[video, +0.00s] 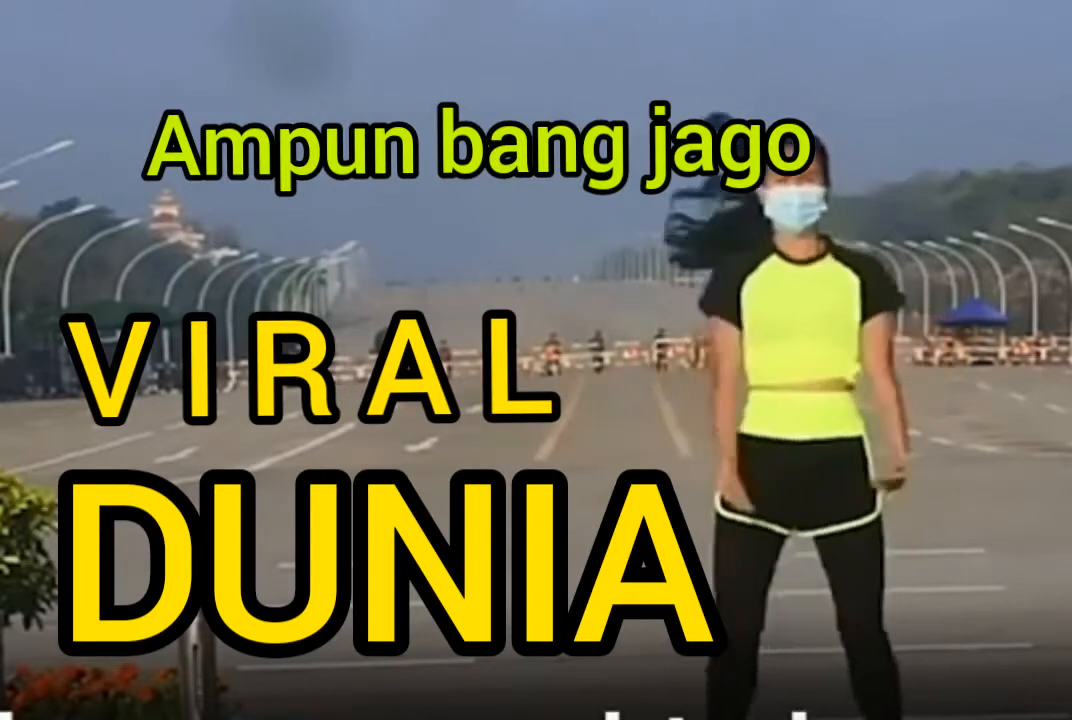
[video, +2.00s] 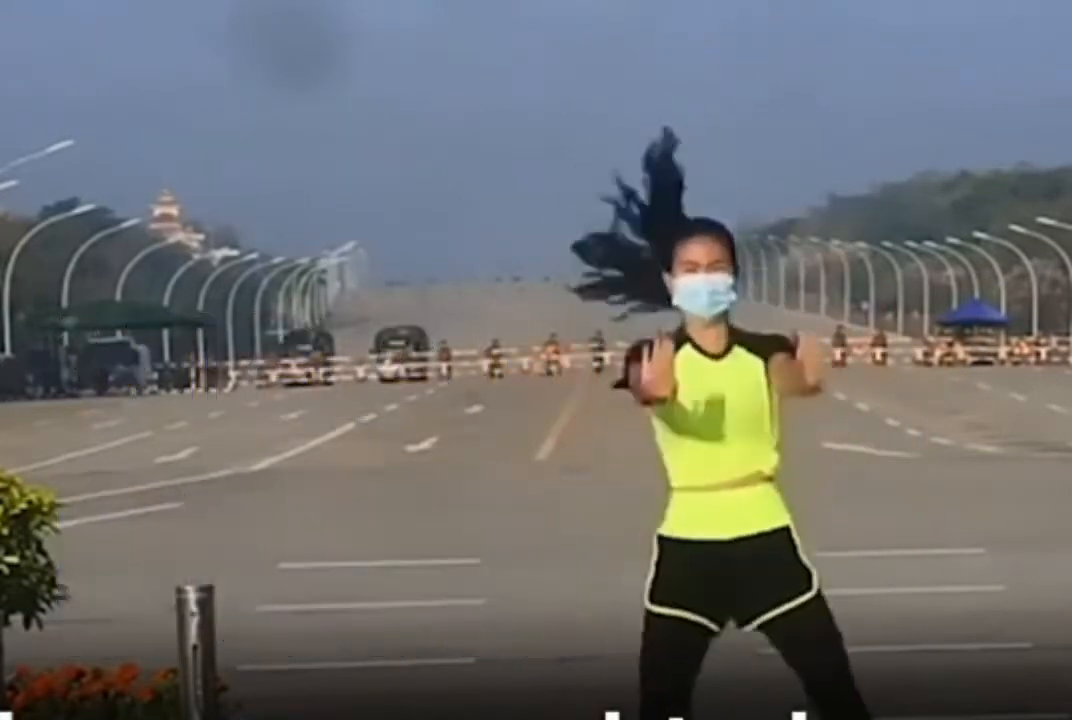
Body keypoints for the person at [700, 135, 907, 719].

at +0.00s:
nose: (795, 193)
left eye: (806, 181)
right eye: (782, 182)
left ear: (825, 191)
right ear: (761, 194)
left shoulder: (865, 274)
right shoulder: (736, 276)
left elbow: (881, 371)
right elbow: (726, 376)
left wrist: (898, 448)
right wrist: (727, 463)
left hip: (842, 463)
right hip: (756, 462)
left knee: (863, 628)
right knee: (734, 633)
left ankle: (886, 719)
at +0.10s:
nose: (789, 226)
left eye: (801, 214)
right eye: (775, 214)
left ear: (818, 223)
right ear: (754, 225)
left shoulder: (852, 301)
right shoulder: (728, 306)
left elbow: (866, 365)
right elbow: (719, 408)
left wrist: (880, 399)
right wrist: (727, 407)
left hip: (830, 494)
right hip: (750, 495)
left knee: (865, 663)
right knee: (712, 657)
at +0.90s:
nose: (707, 201)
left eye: (717, 190)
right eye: (692, 190)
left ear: (733, 203)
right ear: (671, 204)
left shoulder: (772, 282)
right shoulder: (649, 283)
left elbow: (794, 367)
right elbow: (641, 378)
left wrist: (817, 440)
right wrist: (646, 459)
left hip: (758, 466)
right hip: (678, 472)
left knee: (786, 625)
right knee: (669, 633)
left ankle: (798, 714)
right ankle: (660, 719)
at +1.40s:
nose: (677, 211)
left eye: (688, 199)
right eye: (663, 200)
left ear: (705, 209)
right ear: (643, 212)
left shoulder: (738, 287)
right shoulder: (617, 291)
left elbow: (793, 363)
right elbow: (570, 375)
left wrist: (764, 452)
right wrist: (609, 459)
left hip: (726, 478)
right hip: (643, 480)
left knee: (737, 650)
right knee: (642, 650)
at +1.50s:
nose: (676, 257)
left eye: (688, 244)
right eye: (663, 246)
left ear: (706, 255)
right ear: (643, 259)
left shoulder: (737, 330)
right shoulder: (620, 333)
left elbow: (817, 356)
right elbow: (539, 371)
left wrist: (742, 379)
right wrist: (620, 377)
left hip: (725, 519)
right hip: (646, 522)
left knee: (745, 682)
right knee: (635, 684)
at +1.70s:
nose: (684, 211)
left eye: (696, 199)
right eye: (669, 200)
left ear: (713, 210)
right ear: (648, 213)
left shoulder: (750, 288)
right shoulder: (625, 295)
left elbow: (814, 362)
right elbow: (568, 379)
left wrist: (785, 440)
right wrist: (626, 458)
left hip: (743, 485)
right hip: (660, 486)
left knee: (761, 650)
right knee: (661, 652)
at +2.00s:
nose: (706, 279)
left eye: (717, 267)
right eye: (691, 269)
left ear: (735, 278)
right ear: (670, 282)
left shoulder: (768, 352)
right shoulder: (655, 356)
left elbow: (800, 382)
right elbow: (651, 385)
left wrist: (810, 372)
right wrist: (656, 381)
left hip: (766, 541)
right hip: (687, 548)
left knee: (833, 685)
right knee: (661, 697)